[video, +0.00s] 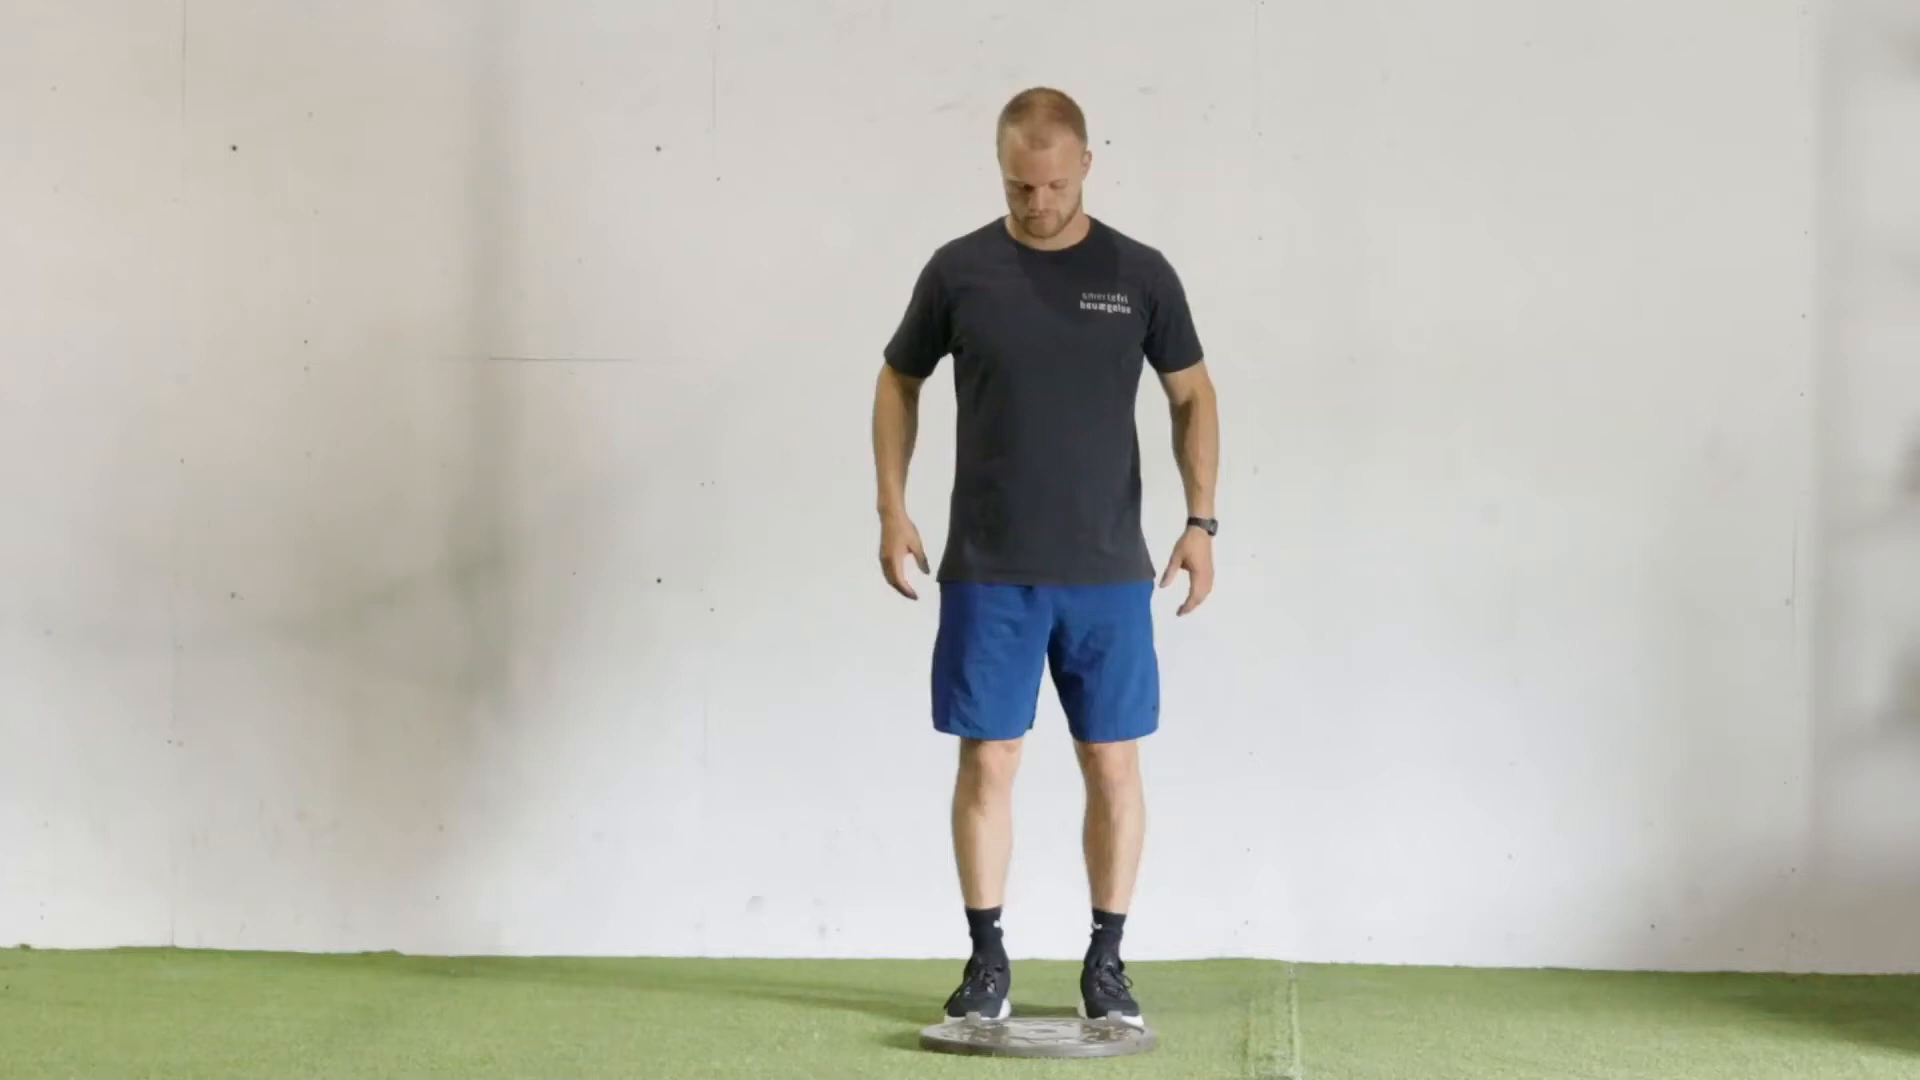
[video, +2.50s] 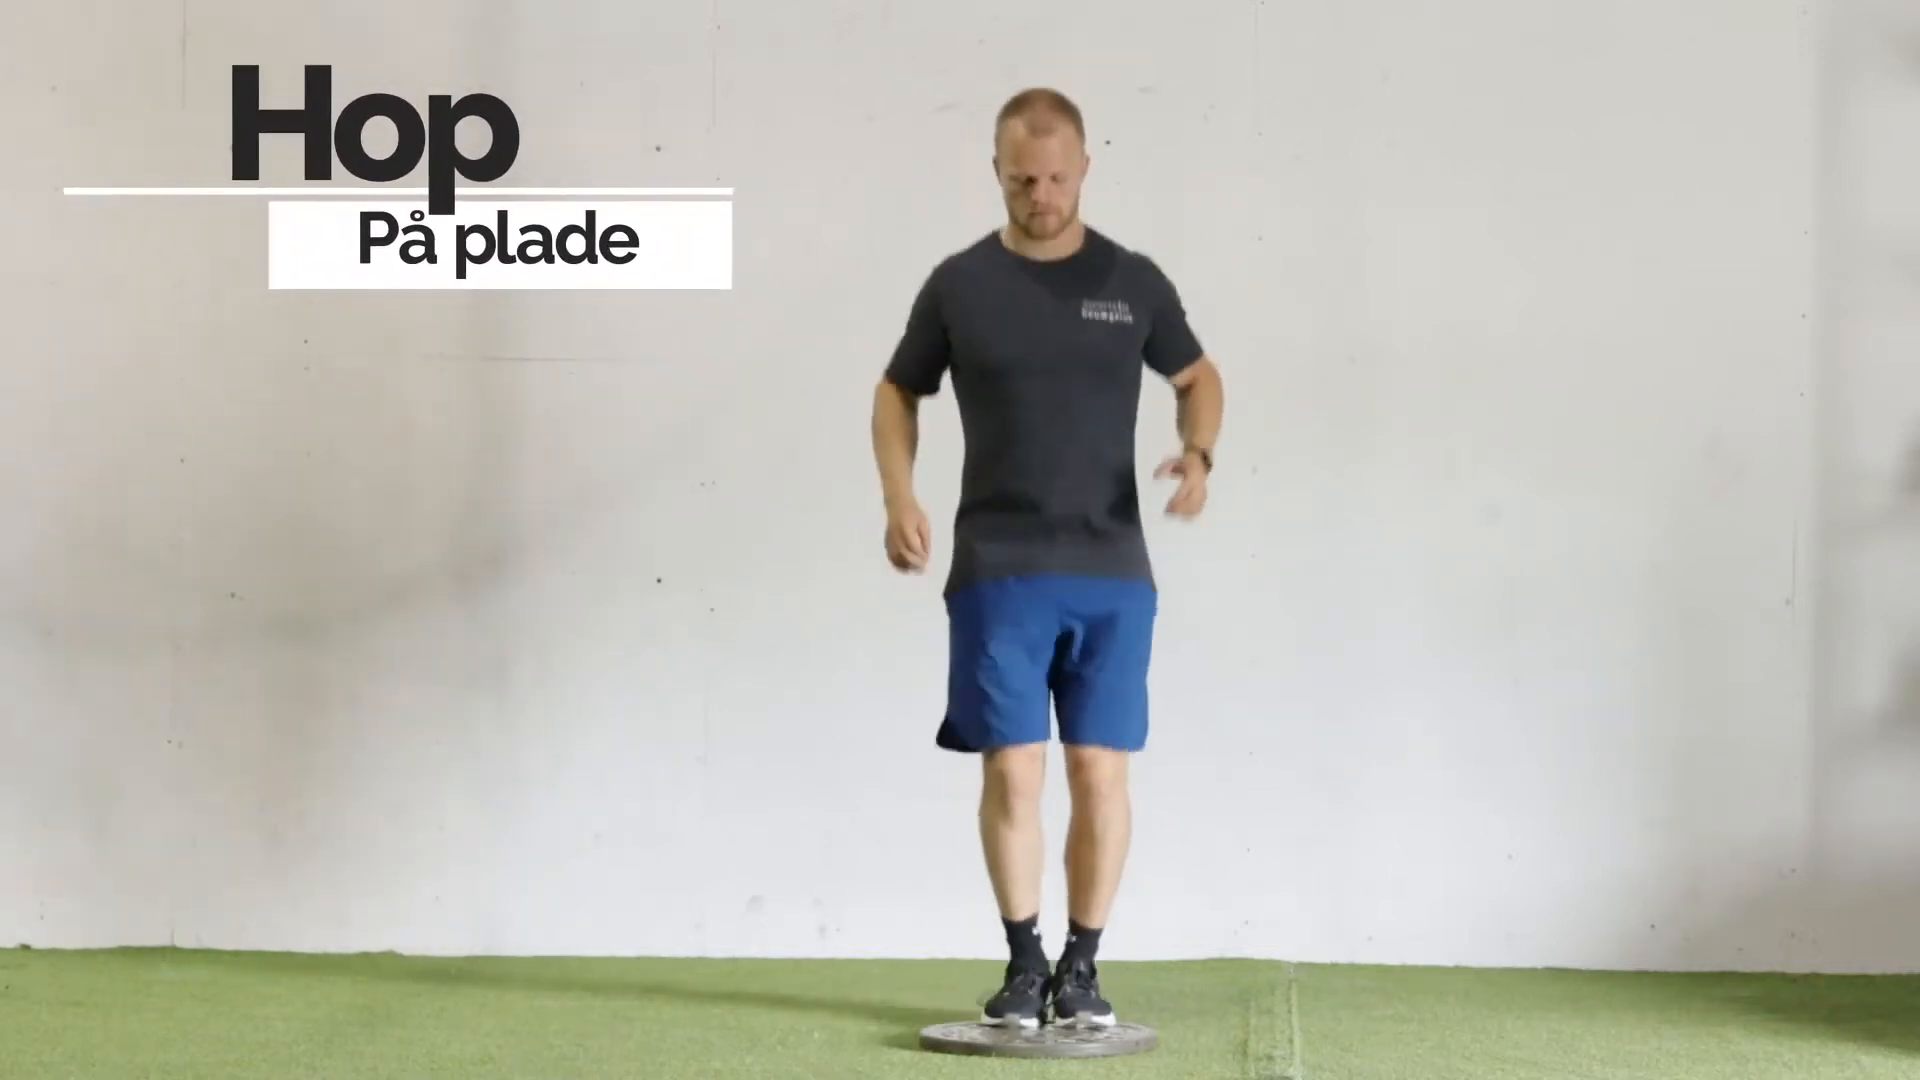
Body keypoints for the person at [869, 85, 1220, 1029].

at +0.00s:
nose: (1036, 200)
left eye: (1052, 183)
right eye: (1021, 184)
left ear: (1086, 166)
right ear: (1001, 171)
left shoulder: (1140, 274)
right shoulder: (957, 271)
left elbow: (1193, 395)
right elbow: (899, 379)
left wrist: (1200, 521)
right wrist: (892, 509)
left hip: (1108, 567)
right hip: (990, 567)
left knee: (1113, 765)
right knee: (988, 761)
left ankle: (1106, 968)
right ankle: (986, 969)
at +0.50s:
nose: (1035, 143)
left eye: (1050, 125)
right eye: (1017, 127)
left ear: (1077, 105)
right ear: (991, 112)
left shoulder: (1131, 201)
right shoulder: (950, 201)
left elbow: (1214, 283)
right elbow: (879, 294)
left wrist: (1204, 350)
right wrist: (882, 359)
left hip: (1101, 496)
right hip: (984, 497)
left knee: (1098, 710)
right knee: (984, 706)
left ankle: (1091, 919)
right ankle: (985, 920)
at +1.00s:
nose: (1029, 143)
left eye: (1044, 125)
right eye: (1013, 127)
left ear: (1073, 108)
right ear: (987, 113)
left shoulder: (1123, 210)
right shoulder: (940, 214)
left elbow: (1194, 298)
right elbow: (886, 315)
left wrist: (1188, 396)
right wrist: (895, 430)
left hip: (1097, 506)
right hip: (980, 506)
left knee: (1093, 716)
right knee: (984, 717)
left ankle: (1082, 921)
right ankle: (984, 926)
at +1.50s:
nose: (1041, 155)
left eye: (1057, 138)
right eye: (1024, 139)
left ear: (1082, 131)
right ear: (999, 132)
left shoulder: (1132, 237)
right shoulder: (951, 235)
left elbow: (1195, 330)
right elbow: (885, 334)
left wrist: (1198, 399)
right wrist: (905, 418)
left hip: (1099, 521)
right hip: (986, 519)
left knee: (1091, 736)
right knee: (995, 736)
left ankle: (1077, 955)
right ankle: (999, 956)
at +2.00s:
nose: (1043, 189)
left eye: (1059, 172)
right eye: (1026, 173)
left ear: (1088, 163)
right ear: (1003, 167)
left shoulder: (1137, 278)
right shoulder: (955, 280)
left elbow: (1197, 384)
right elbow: (903, 386)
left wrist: (1184, 478)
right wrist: (915, 475)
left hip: (1103, 564)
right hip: (990, 562)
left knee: (1097, 773)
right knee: (995, 774)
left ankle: (1087, 959)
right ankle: (1002, 961)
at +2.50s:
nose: (1041, 194)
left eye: (1057, 176)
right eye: (1023, 177)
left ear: (1084, 169)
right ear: (999, 173)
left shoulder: (1134, 281)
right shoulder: (957, 285)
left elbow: (1198, 378)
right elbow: (898, 394)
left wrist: (1198, 450)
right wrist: (899, 497)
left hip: (1112, 563)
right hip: (1001, 562)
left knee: (1099, 766)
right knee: (1014, 767)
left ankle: (1080, 970)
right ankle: (1027, 969)